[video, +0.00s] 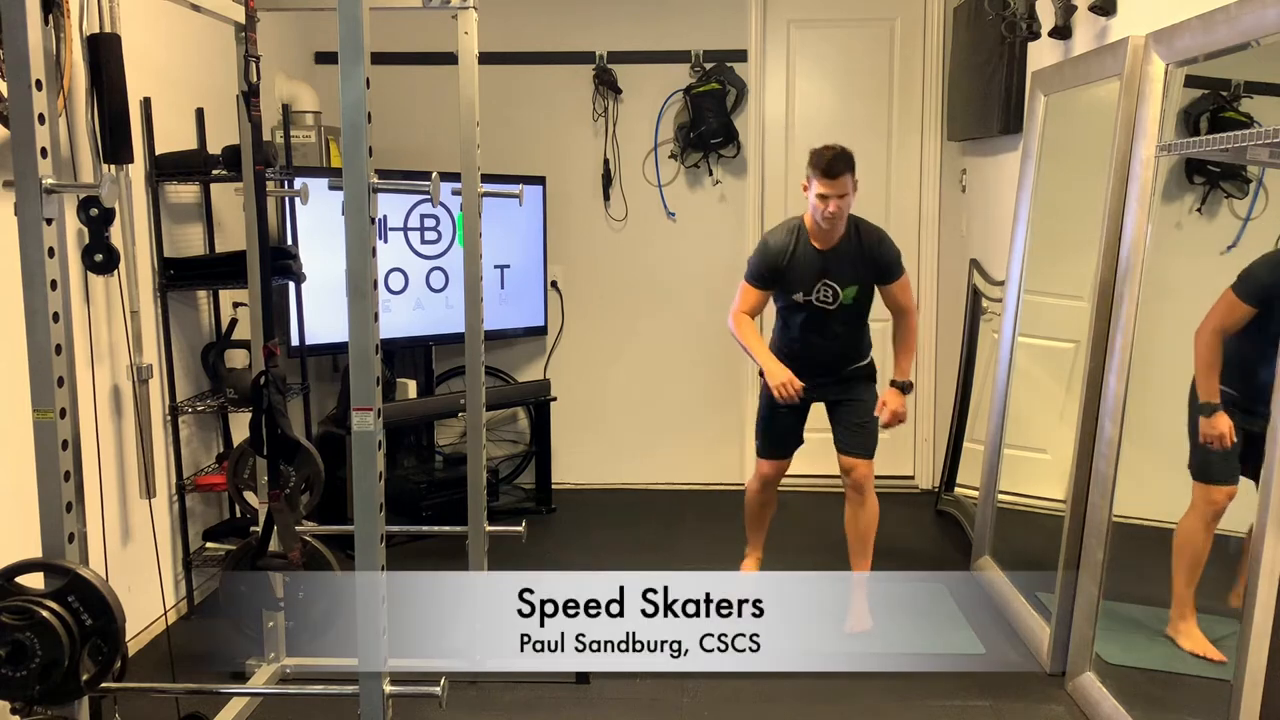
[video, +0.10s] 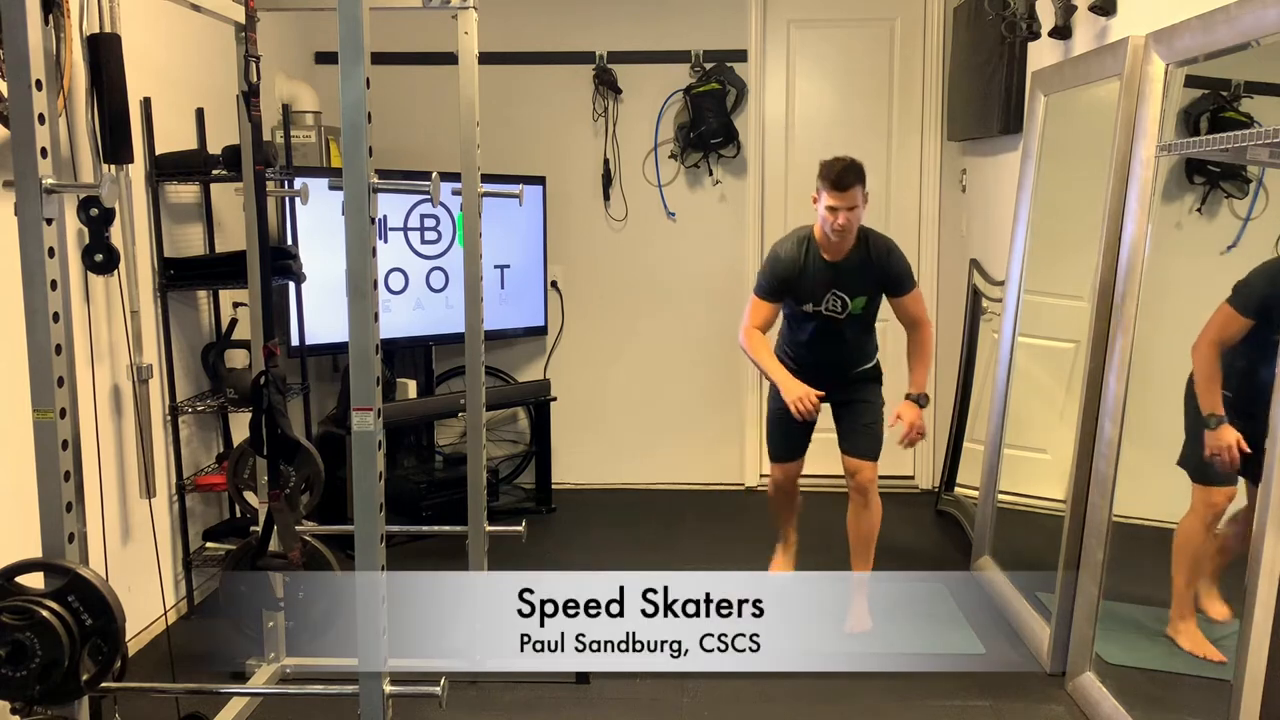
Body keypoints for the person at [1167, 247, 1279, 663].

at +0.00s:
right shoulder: (1270, 270)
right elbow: (1209, 331)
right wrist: (1211, 408)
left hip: (1265, 406)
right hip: (1221, 393)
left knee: (1274, 501)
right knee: (1214, 495)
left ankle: (1244, 592)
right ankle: (1181, 617)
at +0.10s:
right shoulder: (1270, 278)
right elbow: (1206, 345)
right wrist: (1215, 421)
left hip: (1263, 402)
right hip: (1219, 389)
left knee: (1265, 505)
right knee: (1213, 499)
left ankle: (1206, 572)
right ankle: (1180, 619)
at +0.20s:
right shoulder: (1269, 287)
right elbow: (1207, 362)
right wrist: (1230, 428)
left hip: (1258, 398)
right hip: (1215, 388)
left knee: (1243, 514)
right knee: (1216, 504)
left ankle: (1160, 547)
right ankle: (1182, 619)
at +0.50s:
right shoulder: (1273, 324)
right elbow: (1231, 401)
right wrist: (1277, 422)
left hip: (1253, 421)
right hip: (1212, 409)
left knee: (1210, 523)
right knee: (1226, 508)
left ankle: (1109, 538)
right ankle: (1182, 620)